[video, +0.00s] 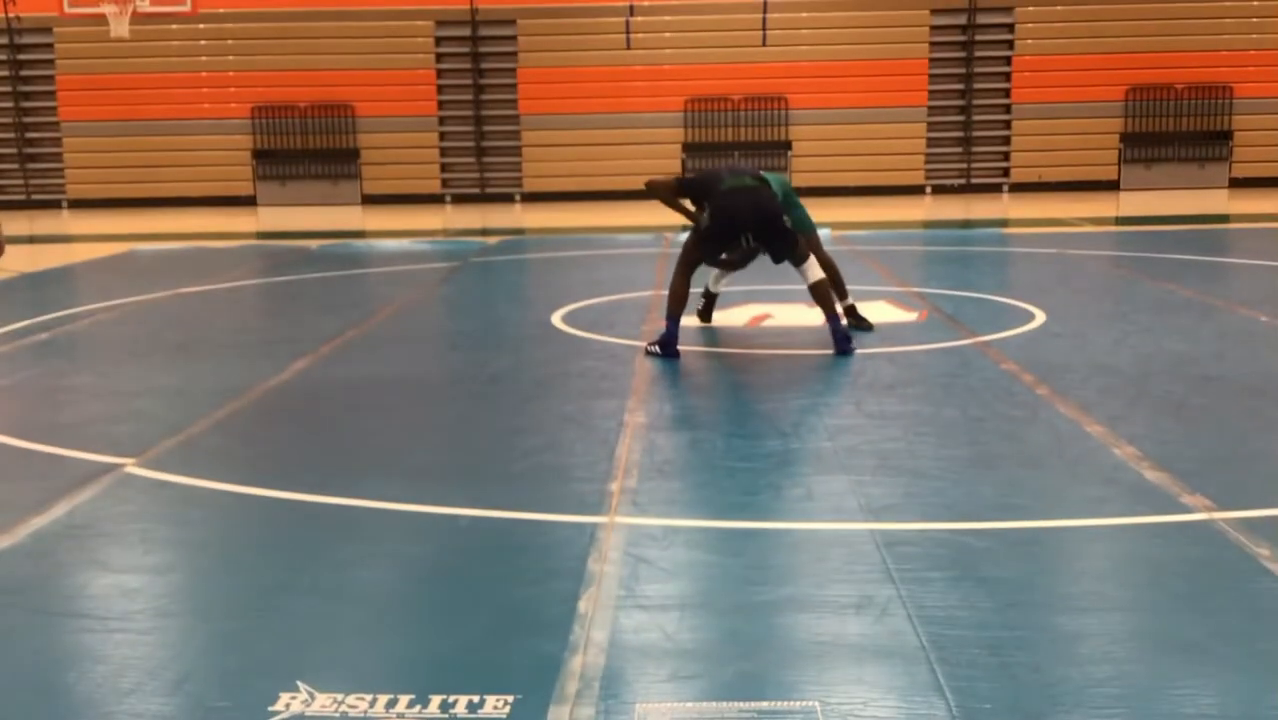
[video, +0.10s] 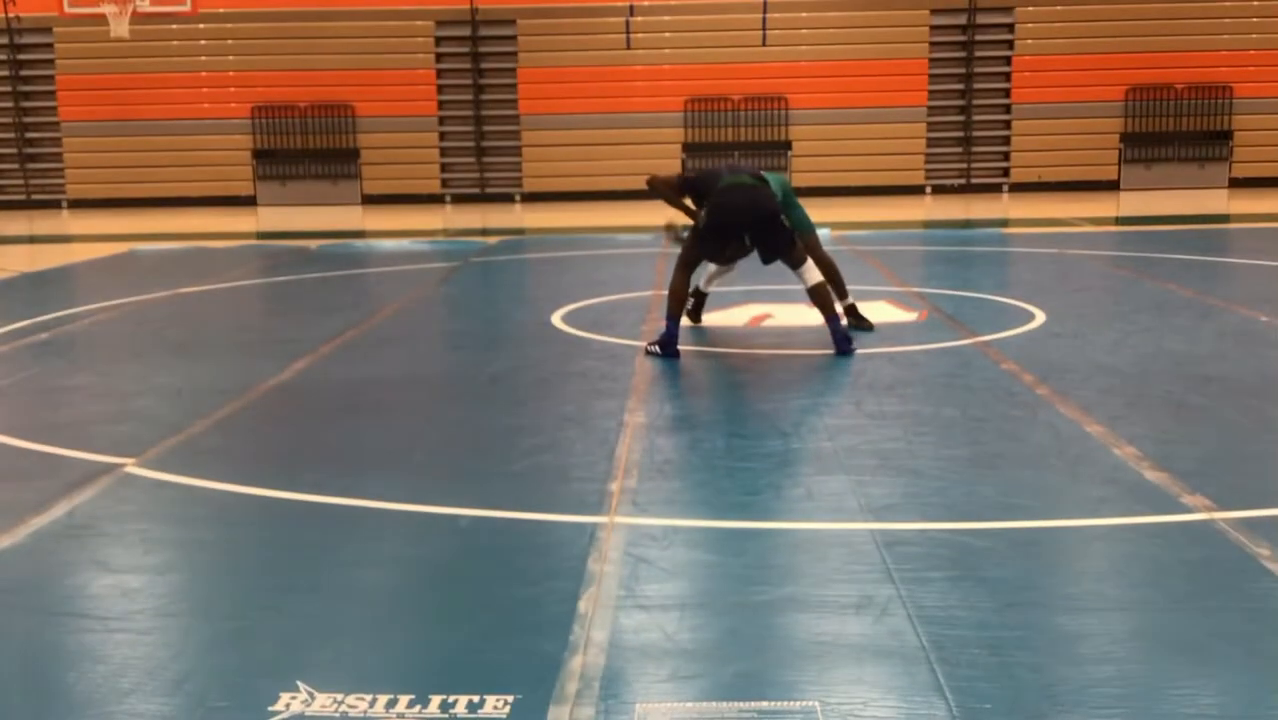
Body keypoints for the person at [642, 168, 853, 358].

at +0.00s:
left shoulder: (708, 184)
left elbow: (654, 186)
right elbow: (818, 255)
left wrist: (691, 215)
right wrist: (848, 309)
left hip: (722, 209)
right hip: (765, 206)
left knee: (684, 269)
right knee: (806, 263)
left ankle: (669, 340)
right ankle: (839, 333)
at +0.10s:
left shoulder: (706, 181)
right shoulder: (777, 186)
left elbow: (655, 182)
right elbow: (817, 253)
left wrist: (693, 214)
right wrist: (848, 307)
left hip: (720, 208)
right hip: (763, 206)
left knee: (683, 269)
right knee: (804, 268)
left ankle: (669, 339)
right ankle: (839, 333)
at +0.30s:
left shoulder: (706, 183)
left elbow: (655, 174)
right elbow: (814, 258)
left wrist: (680, 205)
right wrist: (848, 307)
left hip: (723, 214)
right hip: (764, 212)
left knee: (681, 267)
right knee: (799, 271)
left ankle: (668, 339)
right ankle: (836, 333)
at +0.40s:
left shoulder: (704, 188)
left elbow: (656, 178)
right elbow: (816, 266)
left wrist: (683, 213)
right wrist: (847, 308)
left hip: (726, 214)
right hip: (769, 211)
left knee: (683, 267)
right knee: (799, 275)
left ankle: (668, 339)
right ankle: (838, 332)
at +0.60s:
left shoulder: (709, 197)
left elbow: (664, 193)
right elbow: (812, 267)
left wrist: (695, 223)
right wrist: (848, 309)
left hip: (738, 203)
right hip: (774, 203)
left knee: (689, 269)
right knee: (802, 269)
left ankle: (670, 339)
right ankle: (831, 333)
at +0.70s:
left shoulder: (714, 193)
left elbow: (667, 196)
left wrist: (705, 226)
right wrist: (848, 309)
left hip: (737, 205)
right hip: (776, 205)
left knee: (691, 269)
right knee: (804, 270)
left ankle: (670, 339)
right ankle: (833, 333)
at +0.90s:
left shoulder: (711, 190)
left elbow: (668, 194)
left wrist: (702, 219)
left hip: (735, 206)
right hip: (775, 203)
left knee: (691, 269)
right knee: (803, 270)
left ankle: (670, 339)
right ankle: (834, 333)